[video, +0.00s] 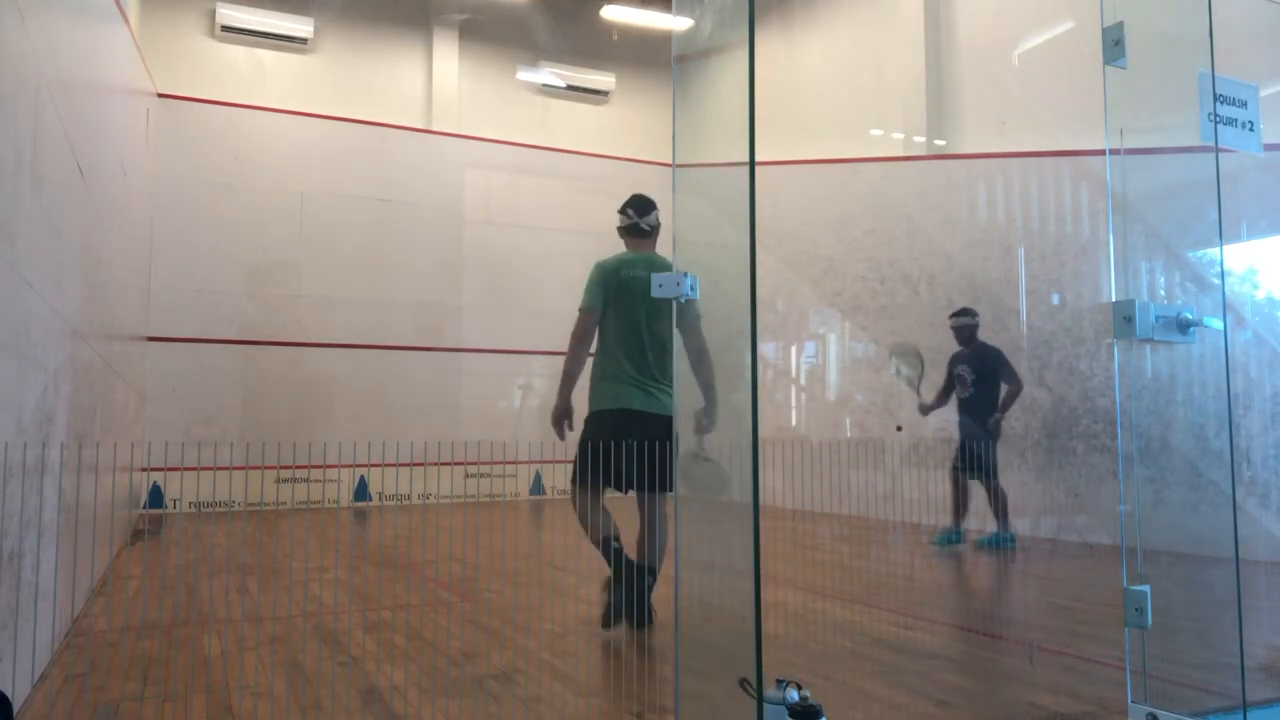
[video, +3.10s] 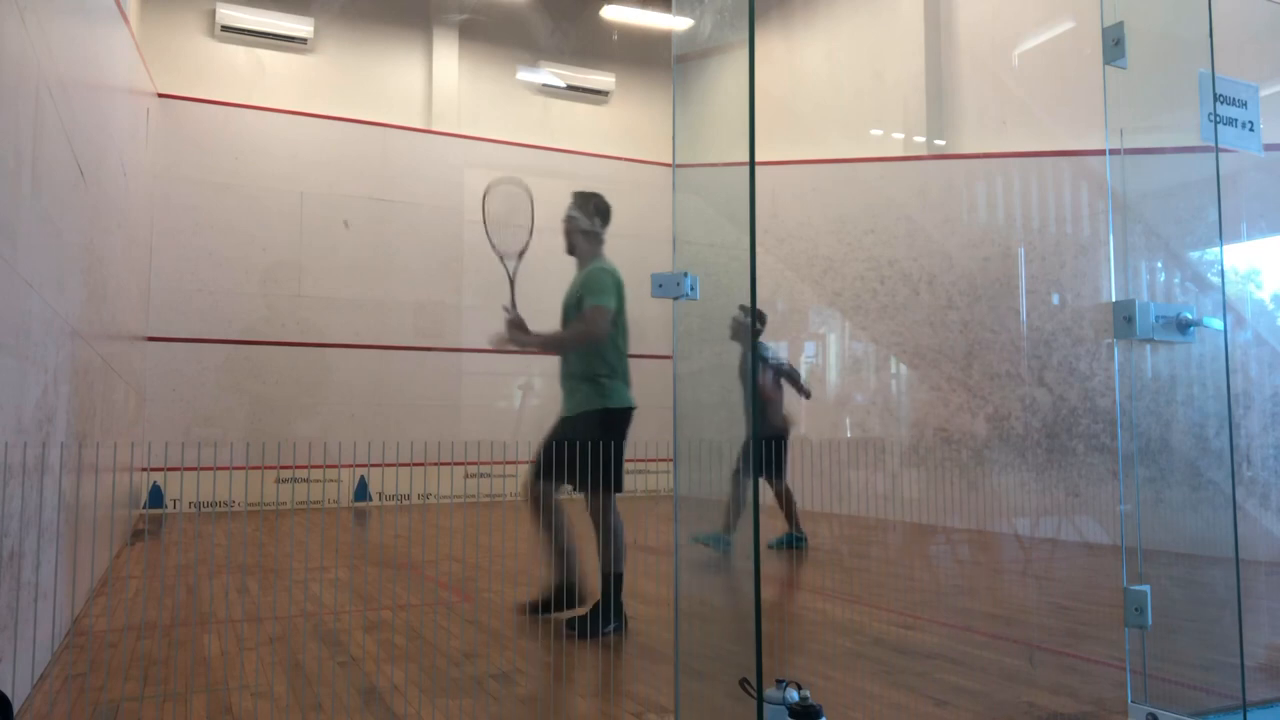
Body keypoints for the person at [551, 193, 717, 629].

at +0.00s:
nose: (626, 236)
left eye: (623, 230)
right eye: (635, 230)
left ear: (620, 229)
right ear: (658, 229)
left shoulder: (607, 270)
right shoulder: (676, 276)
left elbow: (582, 338)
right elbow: (696, 347)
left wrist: (563, 397)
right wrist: (711, 401)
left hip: (612, 412)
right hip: (660, 414)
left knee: (585, 496)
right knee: (654, 508)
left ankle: (622, 568)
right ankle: (640, 603)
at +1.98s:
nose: (658, 252)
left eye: (658, 246)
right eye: (664, 246)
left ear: (657, 247)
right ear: (688, 247)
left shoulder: (652, 284)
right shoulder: (707, 295)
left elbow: (634, 337)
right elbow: (719, 356)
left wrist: (612, 388)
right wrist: (728, 400)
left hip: (660, 410)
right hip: (699, 412)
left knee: (644, 492)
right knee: (697, 495)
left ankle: (646, 587)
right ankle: (701, 584)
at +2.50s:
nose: (646, 250)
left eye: (647, 244)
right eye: (649, 244)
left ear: (651, 245)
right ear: (679, 246)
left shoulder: (651, 282)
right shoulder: (696, 291)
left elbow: (648, 331)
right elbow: (712, 355)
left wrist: (614, 388)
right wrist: (684, 384)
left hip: (657, 409)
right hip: (691, 411)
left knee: (628, 489)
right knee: (694, 495)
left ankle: (639, 586)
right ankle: (700, 584)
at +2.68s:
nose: (624, 248)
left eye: (626, 242)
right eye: (627, 242)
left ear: (632, 244)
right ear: (658, 246)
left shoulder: (641, 284)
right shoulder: (669, 287)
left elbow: (643, 340)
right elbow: (661, 351)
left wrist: (599, 387)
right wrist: (618, 367)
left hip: (647, 412)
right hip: (669, 410)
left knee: (625, 499)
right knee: (679, 497)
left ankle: (610, 597)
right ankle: (699, 583)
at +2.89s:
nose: (594, 241)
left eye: (598, 234)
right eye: (596, 234)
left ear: (609, 238)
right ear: (625, 239)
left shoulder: (625, 282)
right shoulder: (629, 283)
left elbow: (631, 341)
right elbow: (622, 353)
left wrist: (572, 376)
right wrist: (571, 358)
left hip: (624, 408)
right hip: (628, 406)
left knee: (606, 499)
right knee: (629, 495)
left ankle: (609, 604)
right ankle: (677, 569)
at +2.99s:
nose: (579, 235)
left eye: (584, 228)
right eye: (580, 228)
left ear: (600, 232)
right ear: (604, 234)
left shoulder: (614, 277)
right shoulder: (602, 280)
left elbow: (618, 334)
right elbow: (599, 346)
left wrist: (556, 359)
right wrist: (550, 352)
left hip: (616, 408)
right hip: (601, 408)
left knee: (602, 501)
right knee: (580, 495)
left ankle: (611, 605)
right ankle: (635, 568)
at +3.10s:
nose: (564, 229)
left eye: (572, 222)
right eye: (565, 221)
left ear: (594, 228)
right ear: (577, 228)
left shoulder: (600, 275)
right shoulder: (584, 278)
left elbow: (595, 329)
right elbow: (576, 343)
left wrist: (532, 337)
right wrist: (525, 341)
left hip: (605, 411)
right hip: (582, 410)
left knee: (601, 503)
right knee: (539, 490)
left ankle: (611, 606)